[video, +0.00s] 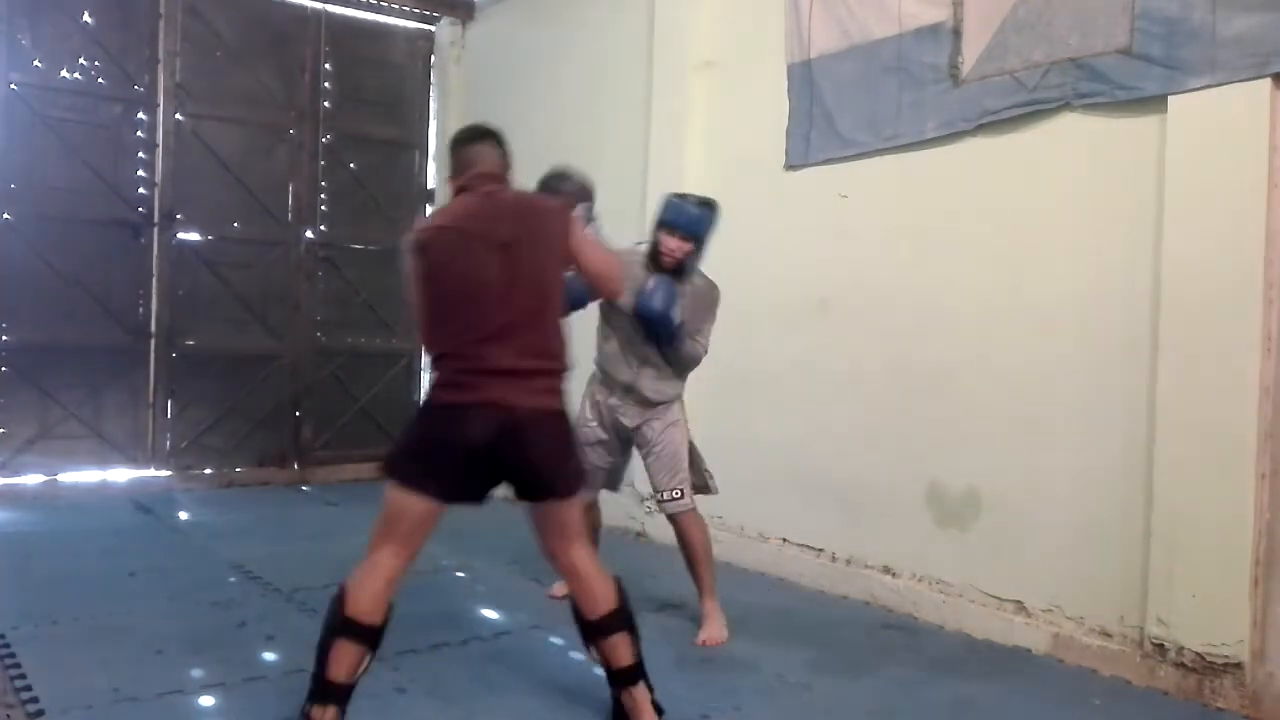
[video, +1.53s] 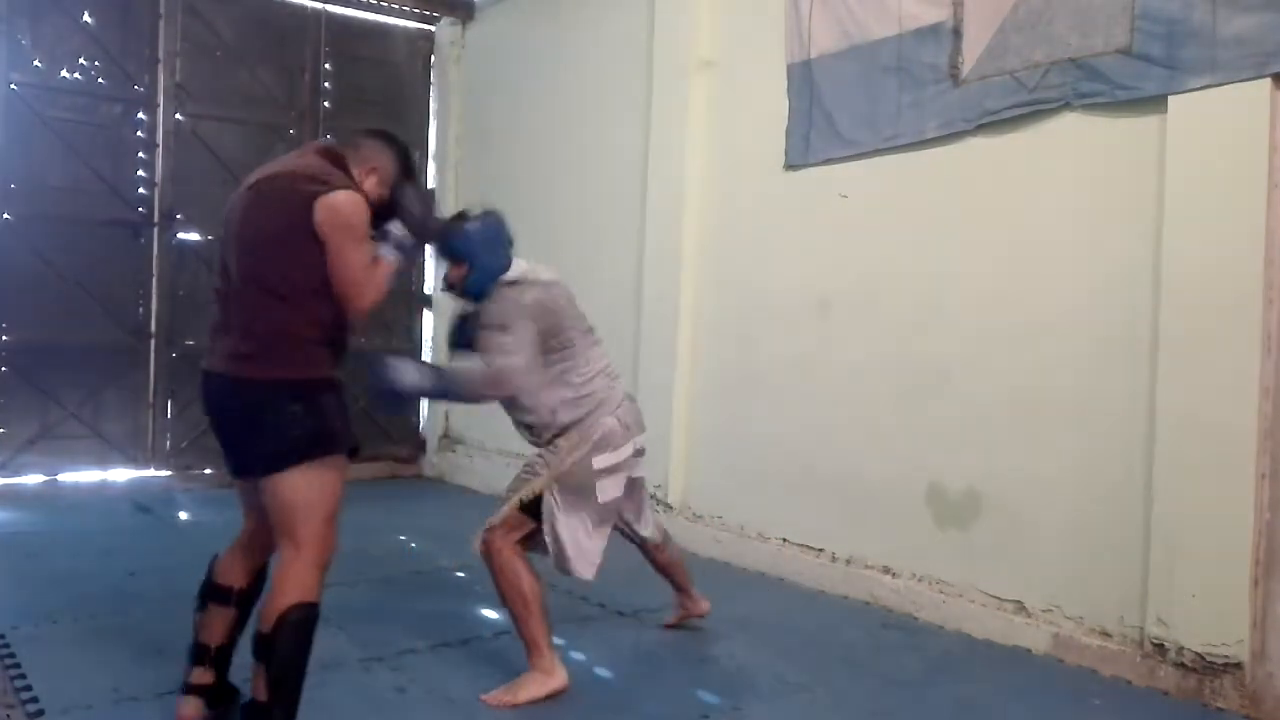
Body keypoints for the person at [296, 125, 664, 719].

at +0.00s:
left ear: (450, 176)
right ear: (509, 170)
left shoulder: (425, 234)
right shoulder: (550, 214)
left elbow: (428, 331)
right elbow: (611, 282)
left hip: (452, 423)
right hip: (538, 425)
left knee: (388, 555)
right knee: (575, 556)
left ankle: (323, 707)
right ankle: (639, 703)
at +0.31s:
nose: (466, 161)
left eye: (467, 155)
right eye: (468, 153)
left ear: (399, 136)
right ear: (454, 144)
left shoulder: (353, 196)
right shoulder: (469, 187)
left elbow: (374, 274)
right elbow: (520, 283)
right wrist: (518, 233)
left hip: (366, 395)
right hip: (451, 398)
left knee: (348, 545)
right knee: (483, 534)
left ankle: (313, 708)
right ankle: (439, 701)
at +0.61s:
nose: (459, 160)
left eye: (464, 153)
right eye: (464, 150)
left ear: (405, 120)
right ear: (447, 137)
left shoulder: (347, 169)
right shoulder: (432, 174)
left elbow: (398, 257)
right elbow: (508, 256)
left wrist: (466, 246)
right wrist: (513, 218)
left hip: (344, 371)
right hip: (397, 384)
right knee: (409, 544)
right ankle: (373, 701)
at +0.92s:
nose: (439, 166)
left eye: (445, 156)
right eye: (442, 153)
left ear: (381, 124)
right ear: (425, 140)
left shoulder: (312, 170)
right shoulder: (416, 200)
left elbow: (364, 254)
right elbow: (452, 276)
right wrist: (471, 218)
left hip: (309, 374)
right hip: (372, 385)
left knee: (384, 525)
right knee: (385, 545)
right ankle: (368, 702)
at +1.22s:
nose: (400, 224)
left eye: (407, 217)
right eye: (407, 213)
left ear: (365, 165)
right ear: (394, 186)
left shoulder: (281, 194)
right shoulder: (360, 207)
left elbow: (302, 293)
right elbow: (385, 306)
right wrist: (425, 246)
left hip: (247, 391)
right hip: (314, 396)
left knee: (262, 543)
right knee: (377, 534)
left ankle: (214, 698)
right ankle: (356, 701)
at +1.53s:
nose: (377, 205)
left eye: (382, 199)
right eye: (383, 195)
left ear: (345, 154)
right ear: (369, 173)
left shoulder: (262, 183)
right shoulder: (337, 198)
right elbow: (361, 297)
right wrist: (398, 244)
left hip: (232, 383)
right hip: (292, 387)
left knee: (258, 532)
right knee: (306, 551)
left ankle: (201, 689)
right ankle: (272, 704)